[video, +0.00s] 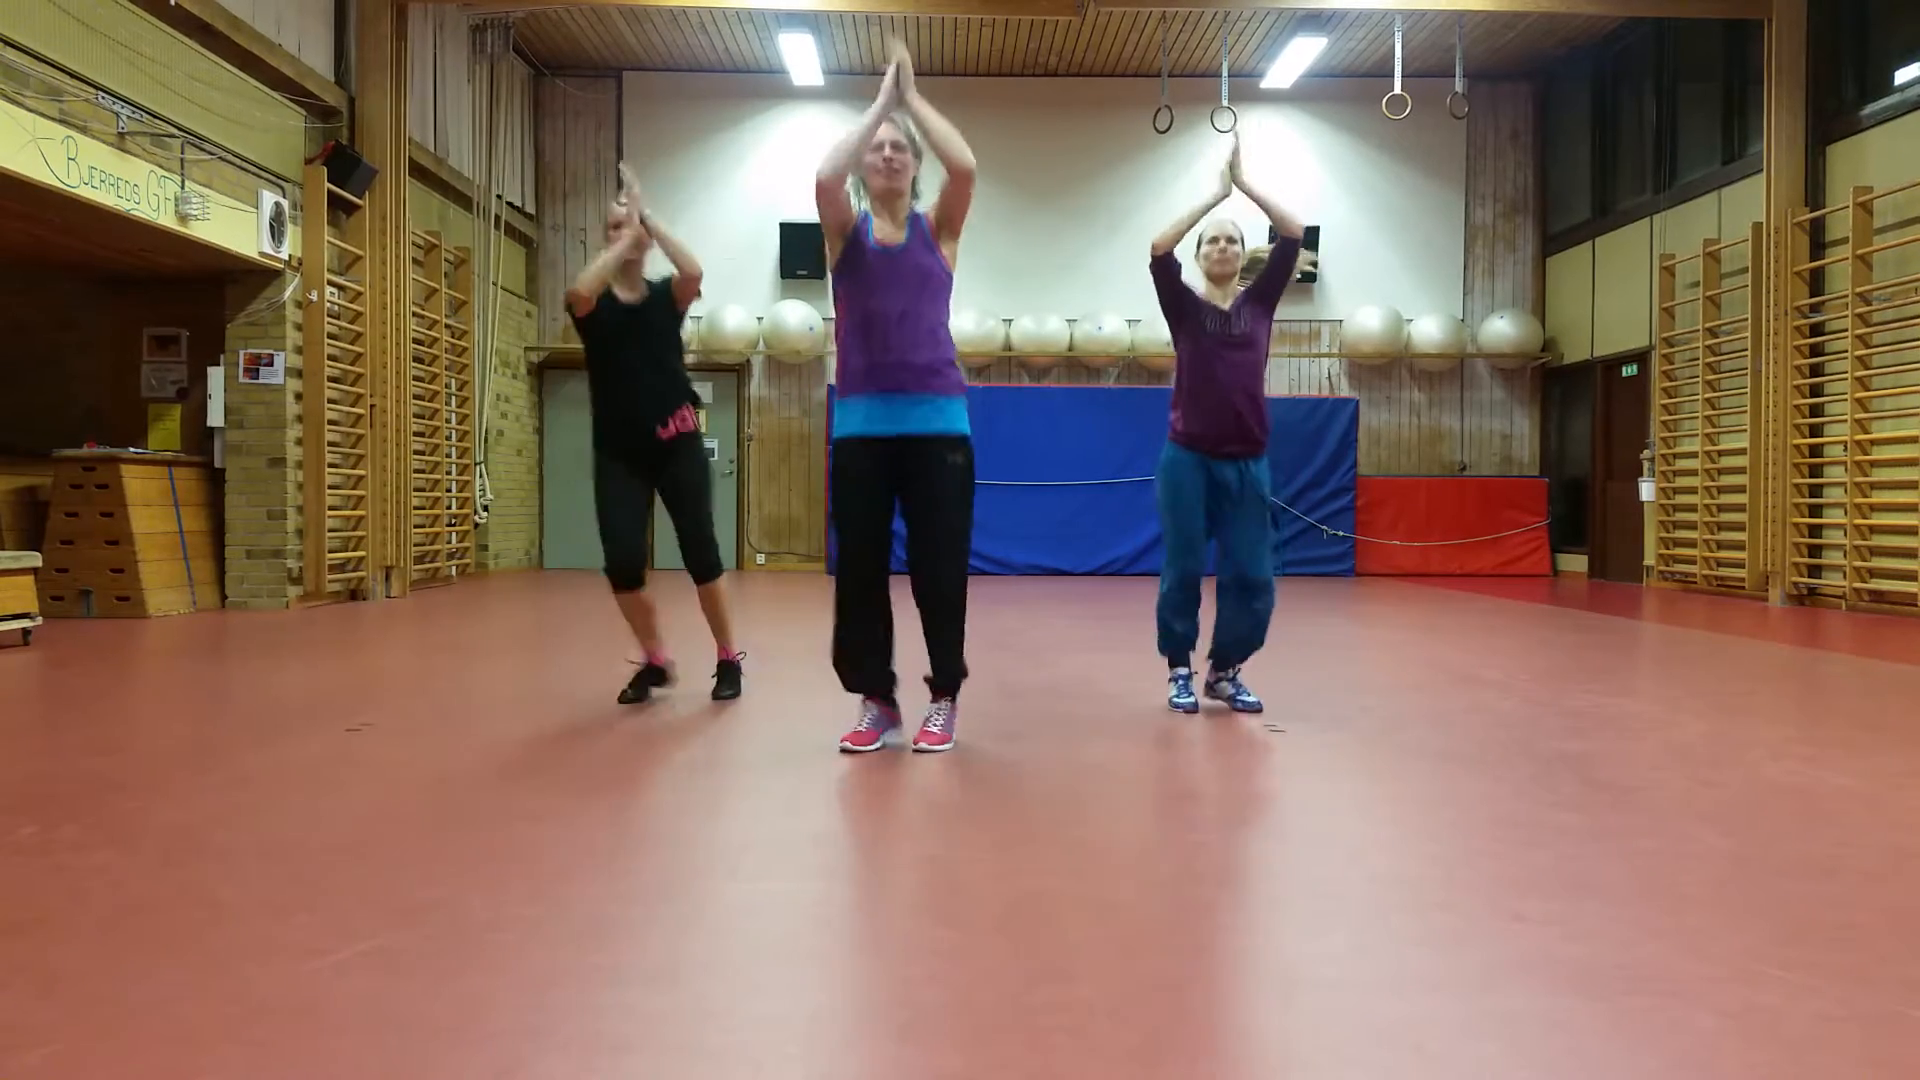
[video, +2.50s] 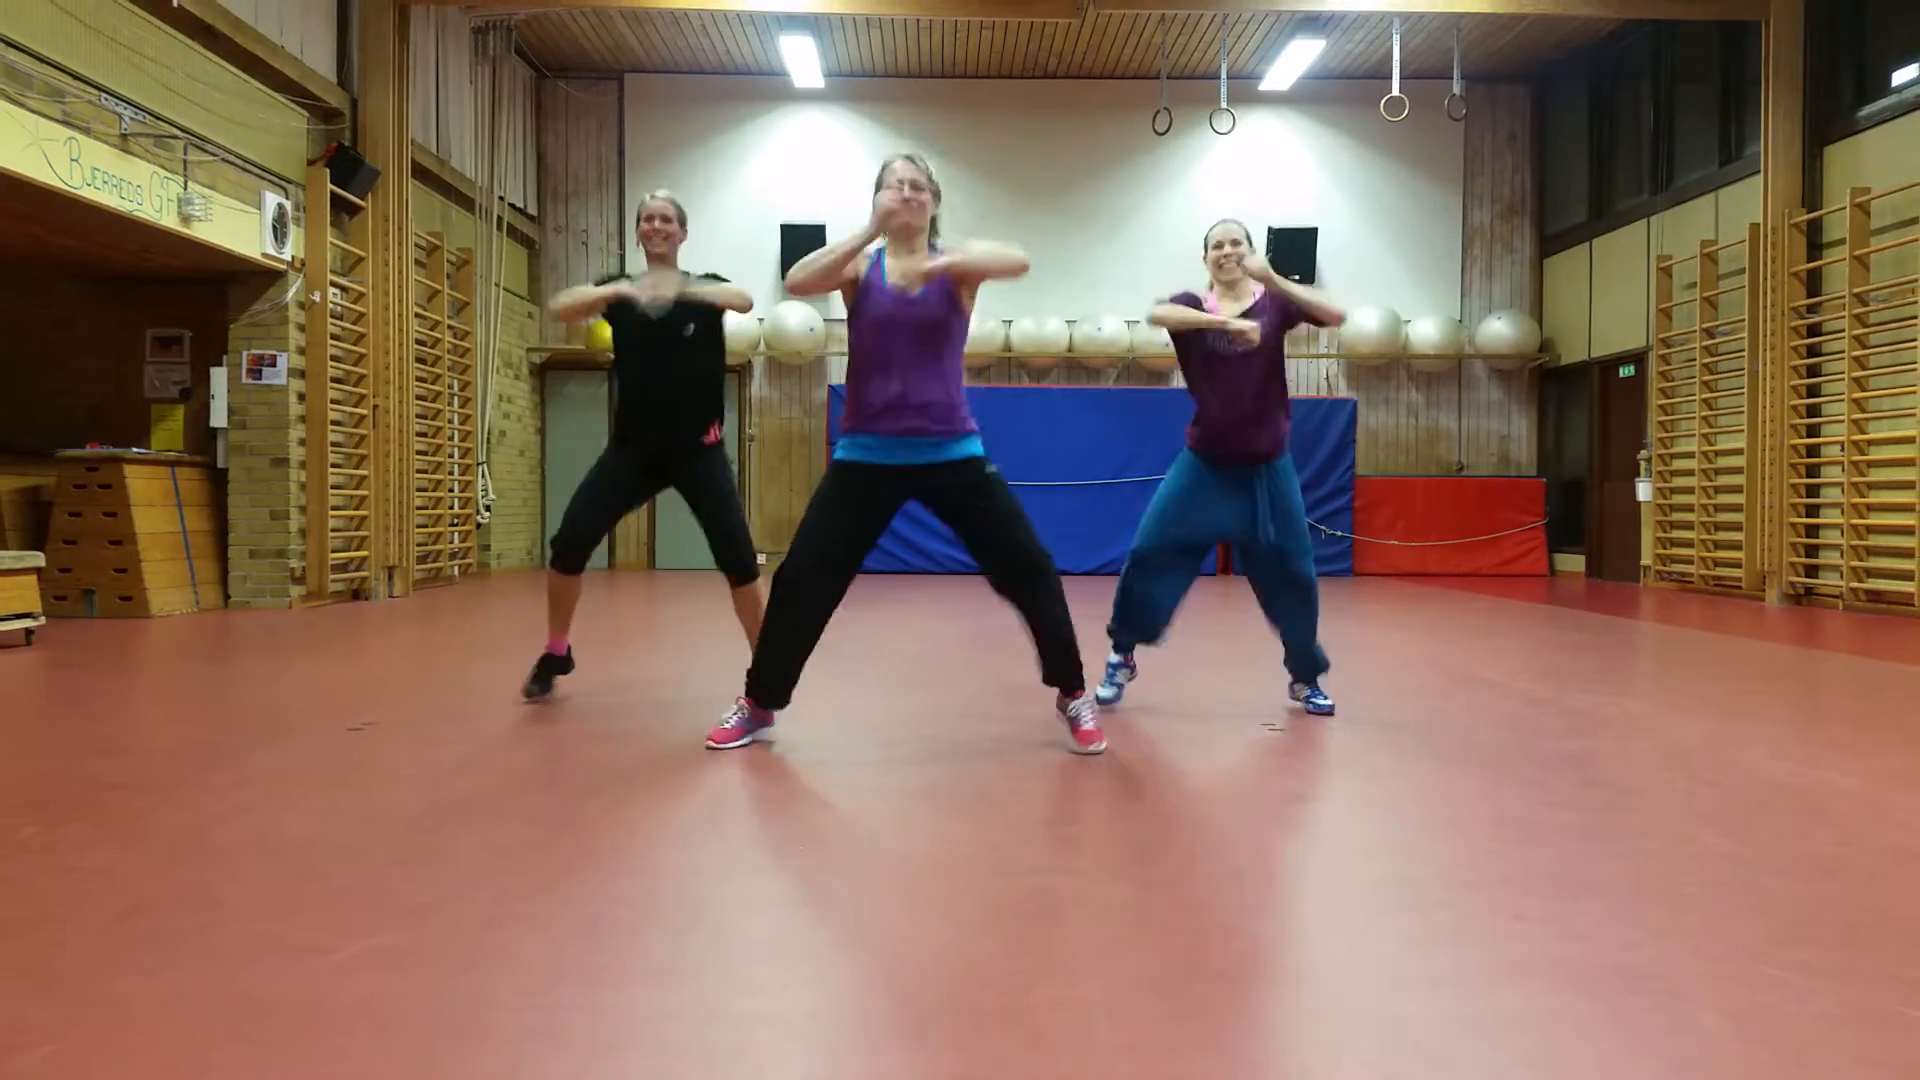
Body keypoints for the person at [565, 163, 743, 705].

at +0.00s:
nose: (623, 236)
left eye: (630, 227)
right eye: (614, 227)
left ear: (645, 240)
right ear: (604, 239)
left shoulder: (668, 297)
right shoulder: (590, 304)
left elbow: (692, 272)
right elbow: (581, 292)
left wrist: (649, 222)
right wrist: (623, 241)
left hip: (678, 444)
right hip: (619, 450)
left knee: (701, 556)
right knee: (622, 568)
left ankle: (728, 658)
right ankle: (655, 662)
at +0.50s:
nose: (644, 227)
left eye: (654, 221)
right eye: (636, 220)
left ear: (669, 234)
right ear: (623, 231)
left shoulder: (685, 292)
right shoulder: (599, 296)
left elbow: (715, 343)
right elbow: (553, 348)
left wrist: (653, 312)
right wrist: (591, 302)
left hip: (666, 445)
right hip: (604, 446)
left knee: (705, 540)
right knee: (604, 562)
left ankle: (696, 650)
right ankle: (607, 665)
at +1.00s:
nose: (653, 216)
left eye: (663, 209)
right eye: (645, 210)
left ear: (682, 224)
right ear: (636, 224)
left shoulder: (704, 272)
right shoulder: (621, 282)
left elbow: (738, 305)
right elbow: (563, 331)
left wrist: (675, 288)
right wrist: (595, 298)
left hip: (695, 435)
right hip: (632, 436)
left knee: (745, 538)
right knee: (581, 541)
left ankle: (764, 648)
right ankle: (570, 652)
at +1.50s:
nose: (660, 232)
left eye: (671, 226)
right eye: (652, 225)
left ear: (688, 240)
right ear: (642, 239)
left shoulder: (712, 301)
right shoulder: (619, 304)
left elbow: (746, 363)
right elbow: (584, 368)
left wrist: (704, 323)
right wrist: (617, 319)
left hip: (708, 451)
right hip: (644, 452)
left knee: (737, 561)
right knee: (583, 548)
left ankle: (761, 666)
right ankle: (578, 653)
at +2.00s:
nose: (665, 250)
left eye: (675, 242)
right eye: (657, 242)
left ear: (694, 252)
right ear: (647, 253)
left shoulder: (717, 311)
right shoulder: (632, 318)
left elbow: (722, 370)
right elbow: (610, 390)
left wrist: (683, 322)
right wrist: (643, 345)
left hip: (702, 467)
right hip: (638, 465)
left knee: (739, 574)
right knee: (579, 565)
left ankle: (771, 673)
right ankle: (581, 660)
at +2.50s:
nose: (656, 227)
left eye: (666, 220)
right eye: (648, 219)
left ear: (682, 232)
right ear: (636, 231)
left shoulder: (703, 287)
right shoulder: (618, 291)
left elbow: (744, 301)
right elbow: (558, 307)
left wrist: (681, 290)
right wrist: (617, 292)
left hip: (698, 452)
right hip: (633, 451)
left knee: (740, 562)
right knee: (568, 544)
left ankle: (767, 670)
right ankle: (556, 653)